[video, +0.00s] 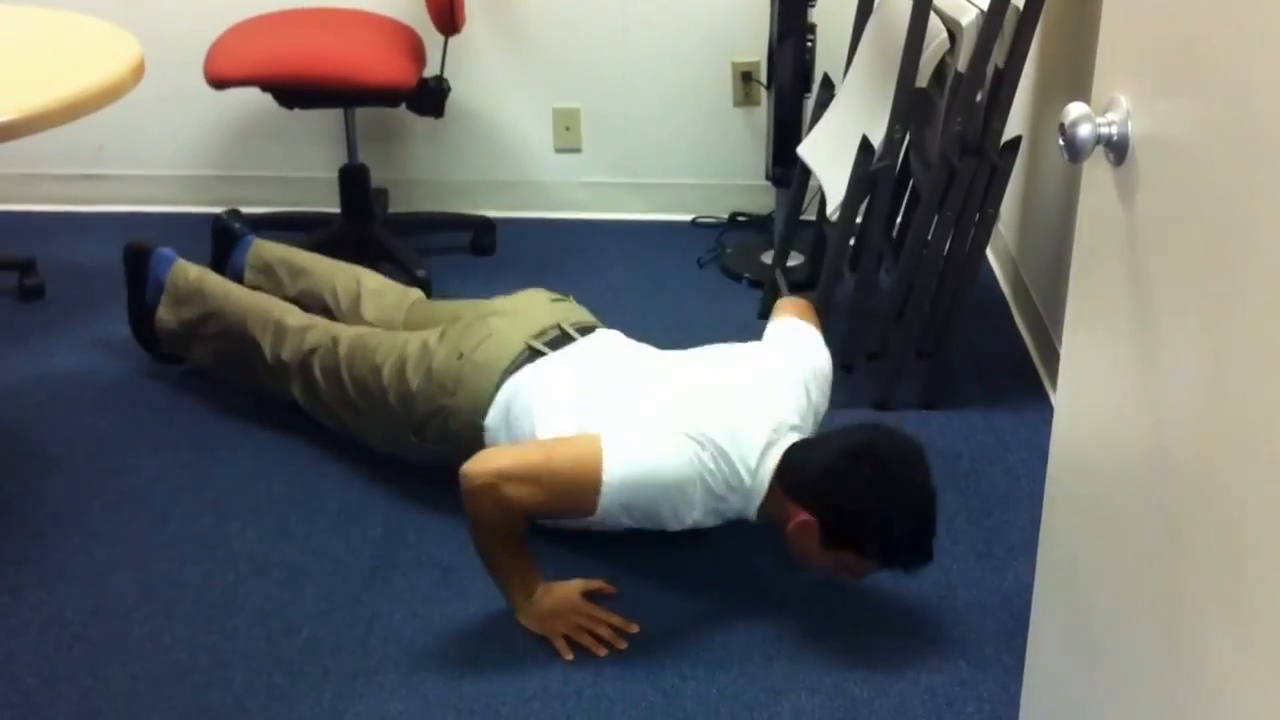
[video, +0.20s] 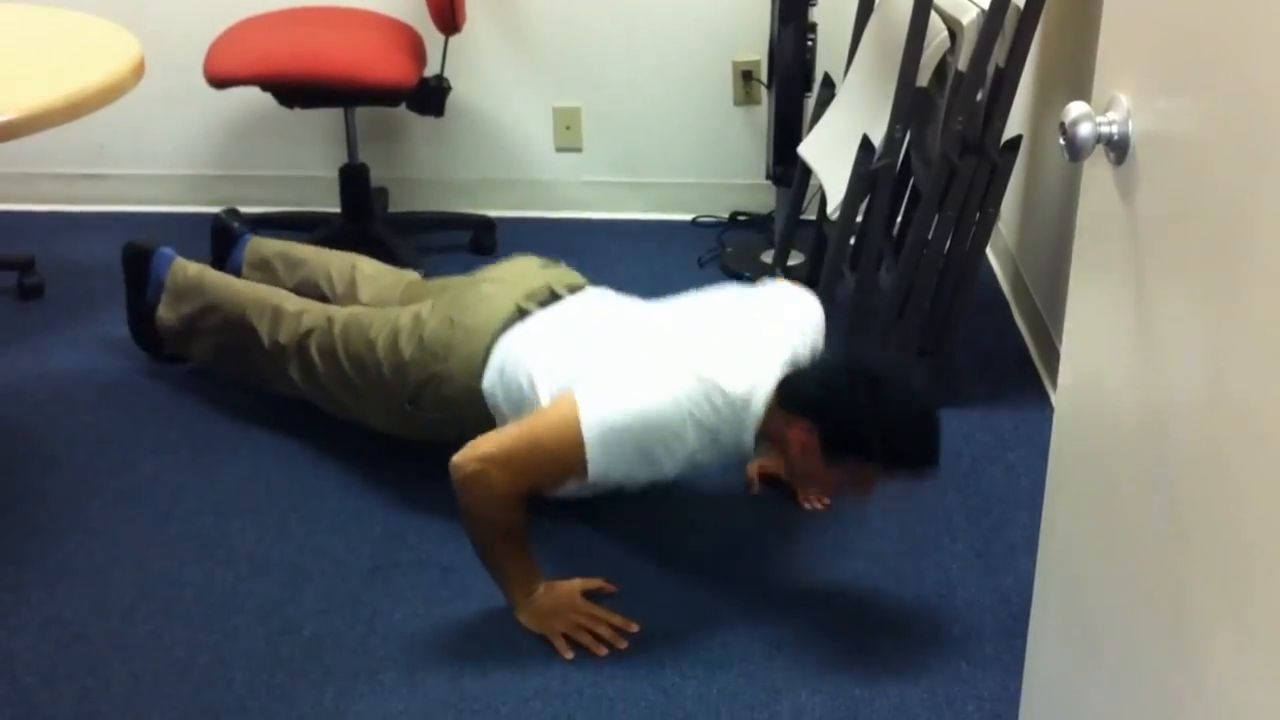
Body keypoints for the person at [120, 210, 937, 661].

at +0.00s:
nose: (841, 570)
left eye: (858, 562)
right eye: (848, 560)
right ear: (812, 526)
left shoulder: (804, 378)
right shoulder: (682, 473)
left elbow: (793, 305)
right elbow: (486, 482)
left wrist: (777, 460)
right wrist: (529, 596)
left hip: (561, 321)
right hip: (480, 389)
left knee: (404, 307)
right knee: (307, 353)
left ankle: (252, 250)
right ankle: (171, 294)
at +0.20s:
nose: (847, 502)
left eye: (863, 493)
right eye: (850, 488)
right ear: (805, 441)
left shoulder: (797, 313)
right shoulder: (671, 418)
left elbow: (746, 315)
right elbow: (478, 473)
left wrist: (769, 437)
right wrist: (530, 595)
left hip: (552, 286)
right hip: (478, 363)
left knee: (391, 288)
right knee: (303, 343)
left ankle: (251, 245)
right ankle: (174, 293)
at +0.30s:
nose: (855, 414)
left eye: (872, 404)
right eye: (860, 399)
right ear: (807, 357)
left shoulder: (786, 259)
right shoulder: (661, 355)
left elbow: (771, 347)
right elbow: (491, 457)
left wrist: (768, 441)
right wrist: (532, 592)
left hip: (536, 253)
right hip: (474, 324)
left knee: (387, 277)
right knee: (304, 338)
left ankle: (251, 245)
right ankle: (176, 293)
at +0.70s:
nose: (857, 508)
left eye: (869, 494)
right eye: (856, 491)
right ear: (811, 446)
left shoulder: (799, 313)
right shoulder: (667, 427)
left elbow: (709, 314)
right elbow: (477, 468)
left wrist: (757, 435)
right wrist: (532, 592)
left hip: (549, 290)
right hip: (469, 367)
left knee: (395, 294)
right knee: (308, 345)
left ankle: (252, 246)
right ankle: (181, 288)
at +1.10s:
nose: (854, 401)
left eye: (869, 390)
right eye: (855, 387)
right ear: (799, 348)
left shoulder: (781, 251)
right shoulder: (652, 351)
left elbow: (772, 346)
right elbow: (489, 453)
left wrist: (770, 438)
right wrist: (531, 587)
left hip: (530, 253)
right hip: (471, 329)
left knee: (385, 271)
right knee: (302, 329)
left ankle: (242, 239)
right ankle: (174, 284)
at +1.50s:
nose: (857, 491)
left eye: (868, 478)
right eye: (856, 475)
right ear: (809, 432)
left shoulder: (798, 300)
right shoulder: (666, 417)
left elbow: (708, 313)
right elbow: (478, 463)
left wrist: (762, 432)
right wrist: (532, 585)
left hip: (547, 282)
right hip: (471, 359)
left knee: (398, 286)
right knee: (309, 337)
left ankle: (252, 241)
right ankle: (182, 282)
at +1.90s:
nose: (858, 391)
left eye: (873, 381)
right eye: (859, 377)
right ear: (805, 339)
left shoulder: (789, 245)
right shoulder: (658, 346)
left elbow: (777, 341)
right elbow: (490, 447)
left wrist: (771, 431)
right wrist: (532, 580)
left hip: (538, 245)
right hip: (478, 316)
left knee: (387, 265)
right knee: (310, 324)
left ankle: (244, 232)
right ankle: (177, 278)